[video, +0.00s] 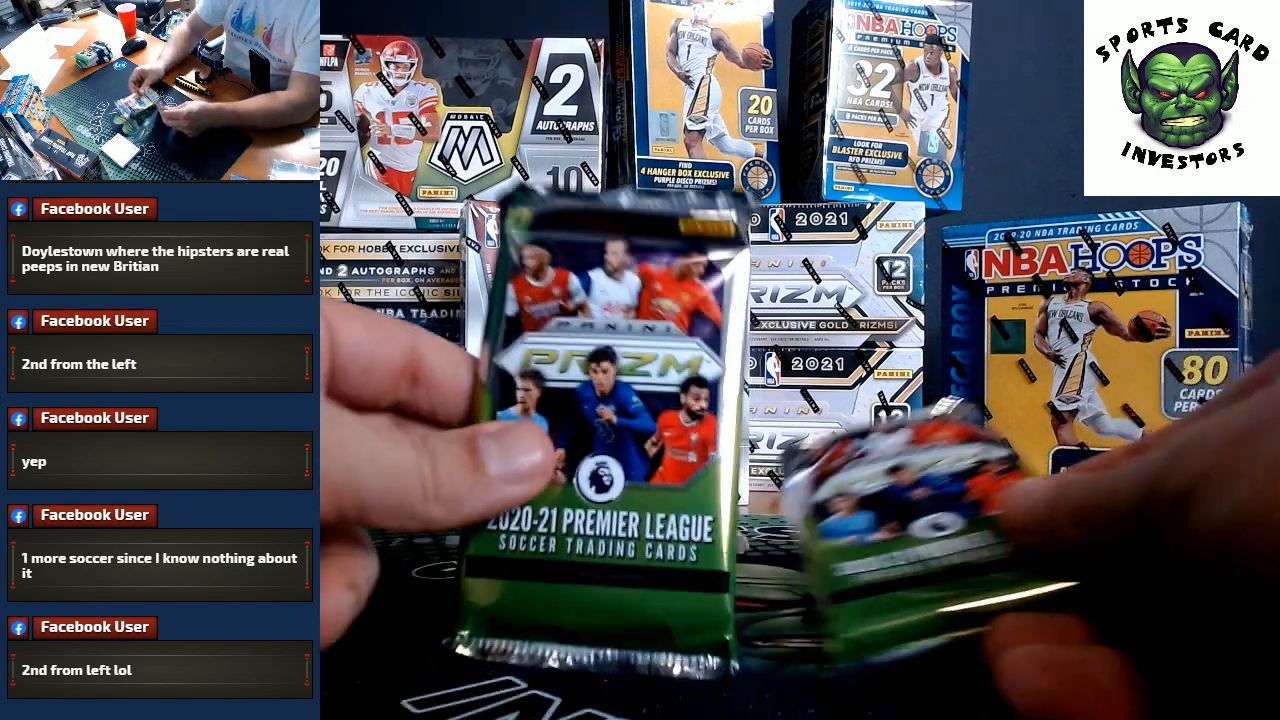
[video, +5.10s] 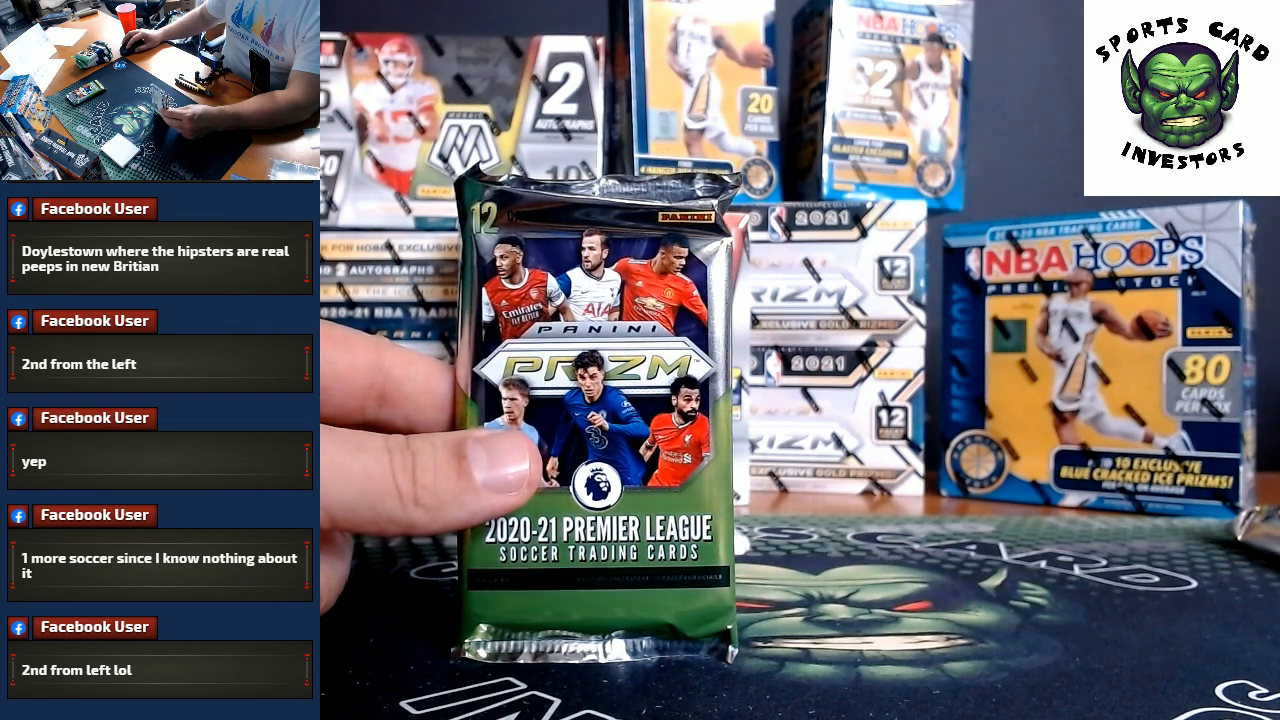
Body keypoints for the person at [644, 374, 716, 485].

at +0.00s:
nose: (702, 405)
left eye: (706, 400)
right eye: (696, 399)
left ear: (709, 400)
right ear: (682, 398)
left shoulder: (711, 424)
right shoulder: (666, 419)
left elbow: (713, 458)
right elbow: (658, 437)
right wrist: (652, 445)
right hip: (663, 483)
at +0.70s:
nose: (690, 407)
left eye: (694, 401)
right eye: (684, 401)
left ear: (697, 402)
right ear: (670, 401)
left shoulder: (699, 427)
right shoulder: (654, 423)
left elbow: (703, 461)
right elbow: (644, 446)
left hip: (682, 491)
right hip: (653, 487)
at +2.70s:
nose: (698, 409)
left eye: (702, 403)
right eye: (692, 403)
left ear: (705, 403)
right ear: (678, 403)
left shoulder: (709, 430)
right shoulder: (663, 425)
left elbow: (714, 467)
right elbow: (652, 449)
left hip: (691, 495)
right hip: (661, 490)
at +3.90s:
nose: (696, 408)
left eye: (699, 402)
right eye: (689, 402)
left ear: (701, 402)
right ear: (675, 403)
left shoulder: (706, 429)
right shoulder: (660, 425)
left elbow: (711, 466)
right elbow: (650, 449)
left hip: (689, 494)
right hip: (659, 490)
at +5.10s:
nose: (694, 405)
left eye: (697, 400)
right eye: (687, 400)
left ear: (700, 400)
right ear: (674, 400)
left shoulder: (704, 426)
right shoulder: (659, 422)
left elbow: (709, 461)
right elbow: (648, 446)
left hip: (687, 491)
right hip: (658, 487)